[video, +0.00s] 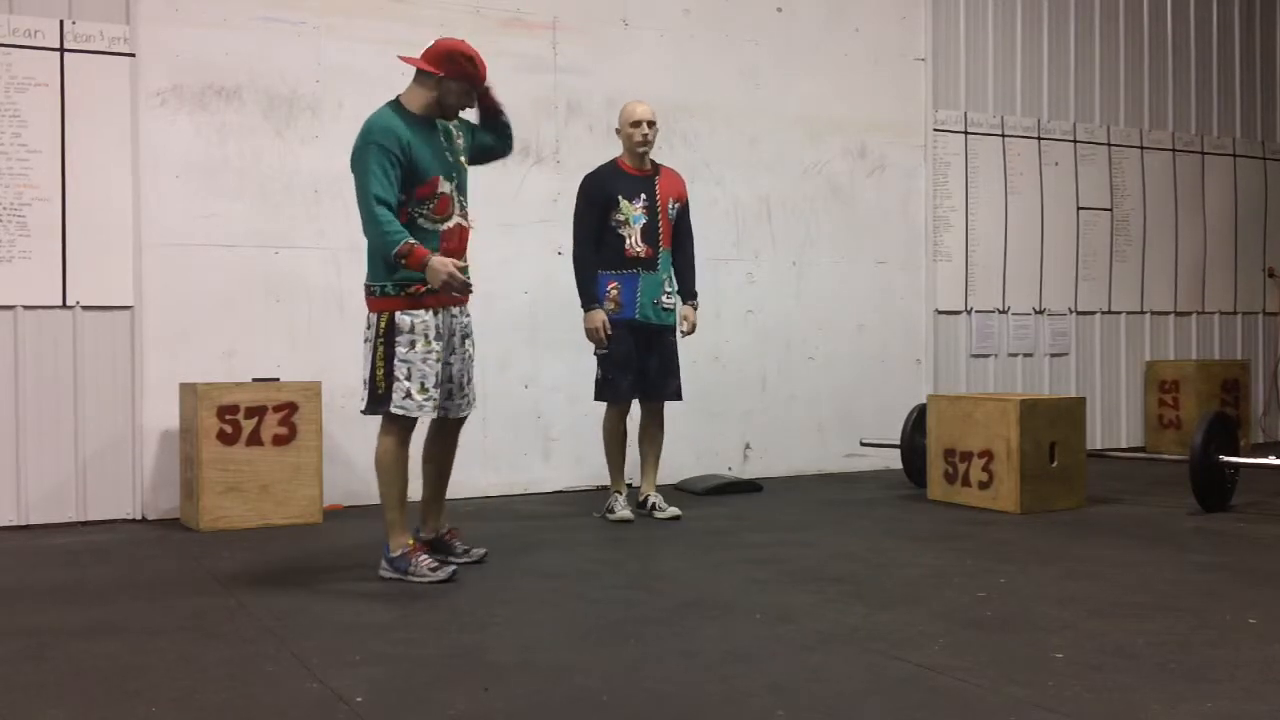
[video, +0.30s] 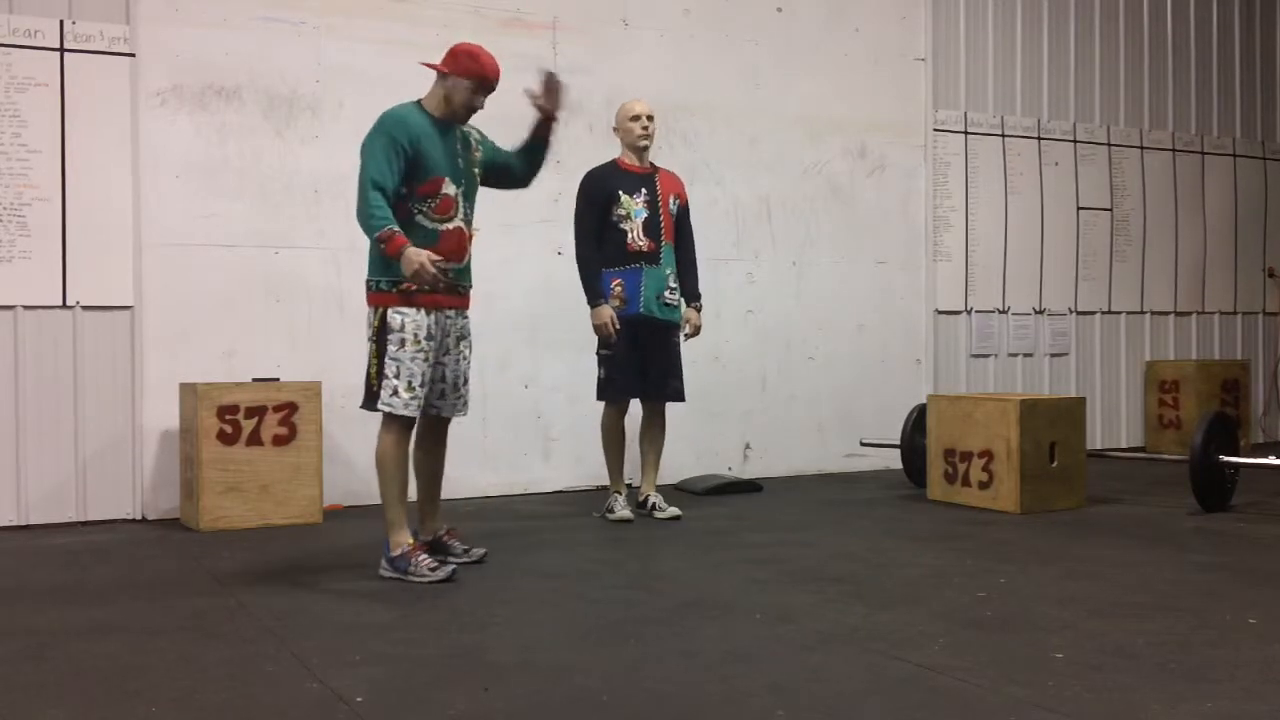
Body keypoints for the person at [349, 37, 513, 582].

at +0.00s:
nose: (469, 102)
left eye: (473, 94)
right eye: (466, 92)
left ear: (449, 84)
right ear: (440, 80)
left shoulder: (447, 130)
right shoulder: (382, 133)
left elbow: (498, 142)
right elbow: (378, 220)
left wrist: (482, 91)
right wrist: (426, 260)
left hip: (450, 297)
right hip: (403, 301)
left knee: (451, 413)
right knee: (400, 419)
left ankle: (430, 531)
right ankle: (398, 549)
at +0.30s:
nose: (482, 103)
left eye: (487, 95)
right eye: (478, 92)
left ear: (477, 91)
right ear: (449, 80)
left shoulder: (468, 141)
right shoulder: (397, 127)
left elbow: (518, 170)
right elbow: (371, 203)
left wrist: (545, 119)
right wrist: (404, 251)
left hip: (451, 301)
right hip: (403, 300)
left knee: (436, 417)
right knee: (399, 418)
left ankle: (429, 533)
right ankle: (398, 546)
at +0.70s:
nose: (488, 103)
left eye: (499, 98)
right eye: (482, 91)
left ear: (504, 106)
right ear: (461, 87)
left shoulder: (489, 169)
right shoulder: (415, 127)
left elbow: (523, 235)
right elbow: (376, 189)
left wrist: (575, 284)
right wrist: (381, 264)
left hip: (447, 303)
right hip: (403, 295)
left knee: (431, 418)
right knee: (400, 415)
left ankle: (428, 531)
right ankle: (400, 542)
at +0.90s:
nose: (498, 108)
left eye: (509, 105)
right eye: (493, 96)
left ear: (514, 115)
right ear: (471, 93)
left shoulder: (493, 176)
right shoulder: (426, 127)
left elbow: (522, 249)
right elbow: (376, 184)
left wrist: (571, 307)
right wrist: (385, 261)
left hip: (446, 303)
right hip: (403, 292)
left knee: (429, 415)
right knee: (400, 412)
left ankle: (429, 530)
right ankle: (402, 538)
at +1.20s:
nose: (517, 136)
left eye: (522, 128)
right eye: (517, 124)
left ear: (500, 111)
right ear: (493, 104)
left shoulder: (491, 174)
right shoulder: (424, 128)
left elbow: (518, 246)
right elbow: (382, 191)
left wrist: (568, 304)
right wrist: (406, 260)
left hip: (448, 301)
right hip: (406, 289)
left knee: (432, 415)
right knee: (405, 410)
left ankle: (430, 530)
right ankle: (404, 538)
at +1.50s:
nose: (516, 140)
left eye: (521, 132)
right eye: (518, 129)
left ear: (501, 113)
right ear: (498, 107)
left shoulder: (487, 173)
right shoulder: (426, 129)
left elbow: (510, 249)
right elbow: (388, 195)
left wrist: (558, 307)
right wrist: (410, 266)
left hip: (446, 300)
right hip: (406, 291)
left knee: (430, 415)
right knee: (404, 410)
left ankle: (429, 529)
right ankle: (403, 538)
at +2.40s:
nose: (497, 120)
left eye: (500, 112)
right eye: (495, 109)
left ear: (476, 101)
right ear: (469, 96)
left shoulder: (473, 156)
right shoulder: (405, 136)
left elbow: (522, 208)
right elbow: (386, 216)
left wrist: (586, 201)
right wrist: (415, 282)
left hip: (450, 301)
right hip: (408, 298)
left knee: (433, 418)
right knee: (405, 416)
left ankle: (428, 532)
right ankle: (389, 542)